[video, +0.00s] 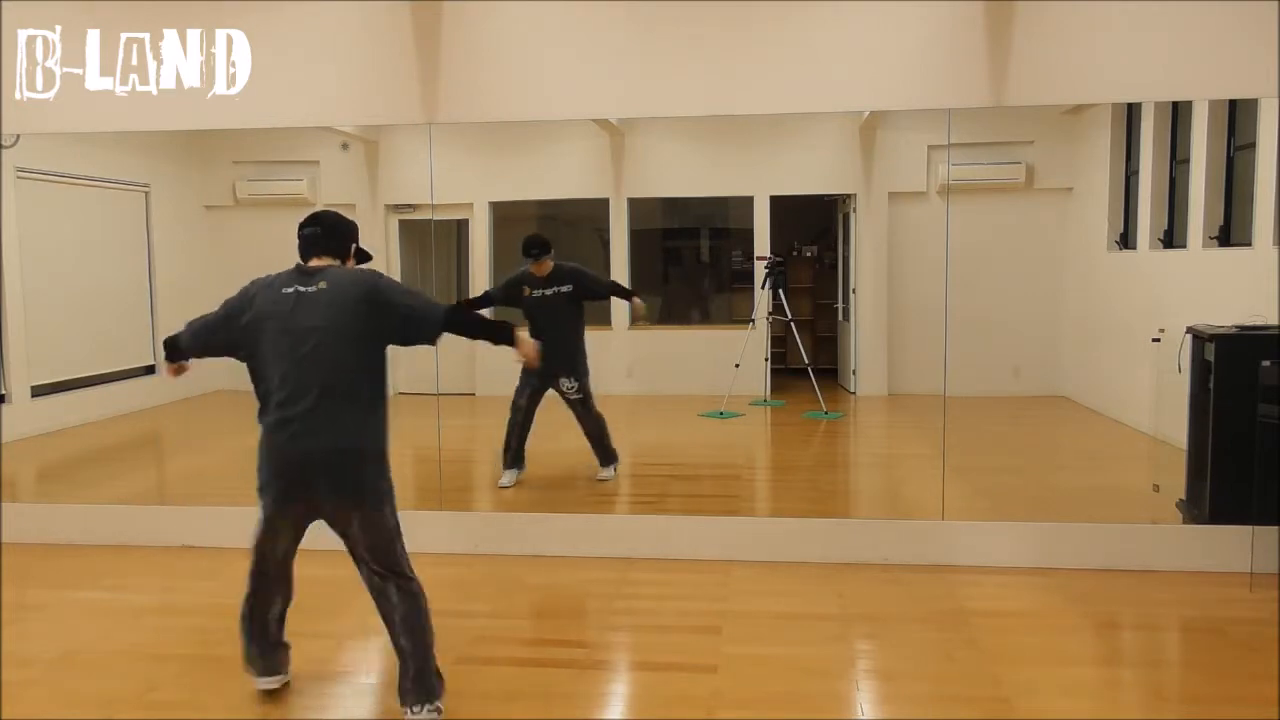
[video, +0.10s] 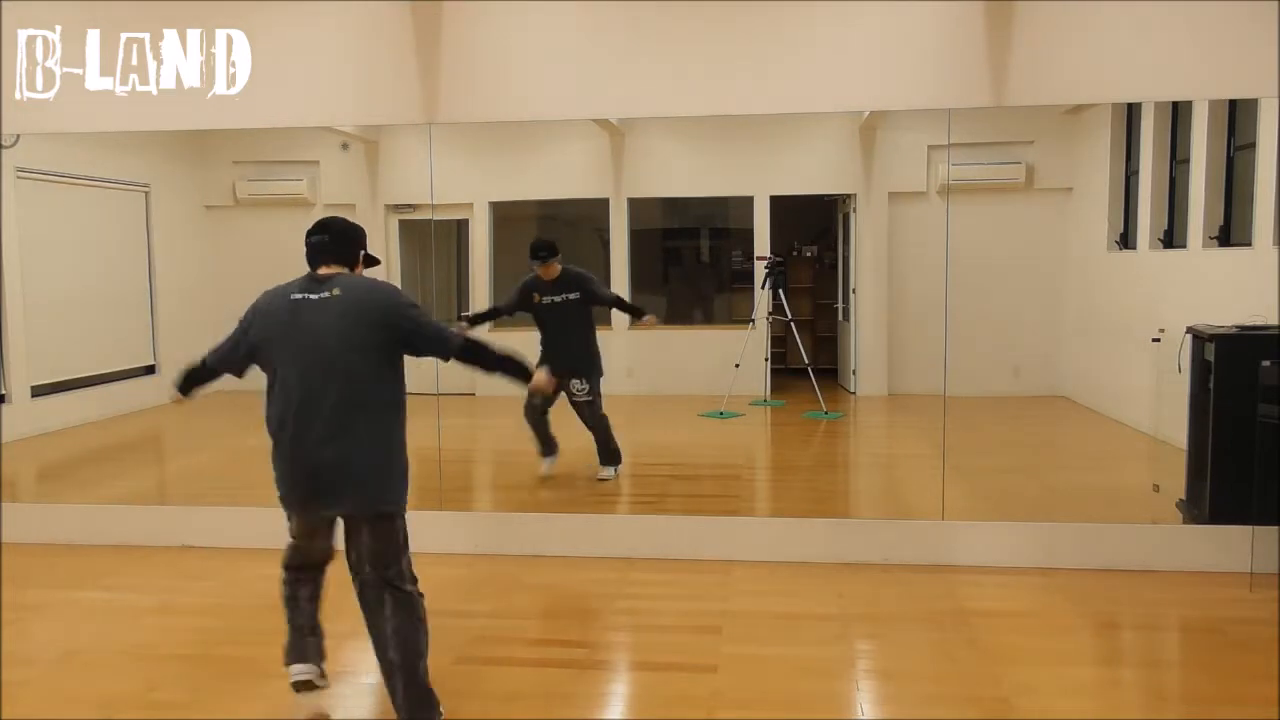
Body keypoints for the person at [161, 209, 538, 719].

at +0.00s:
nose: (355, 262)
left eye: (353, 257)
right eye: (355, 256)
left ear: (300, 253)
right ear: (348, 255)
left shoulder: (260, 295)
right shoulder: (367, 286)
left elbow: (199, 333)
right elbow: (444, 316)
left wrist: (174, 353)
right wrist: (511, 336)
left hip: (284, 465)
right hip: (355, 463)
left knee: (271, 558)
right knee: (391, 576)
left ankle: (266, 665)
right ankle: (422, 698)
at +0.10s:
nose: (366, 268)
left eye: (365, 263)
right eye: (365, 261)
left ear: (309, 259)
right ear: (358, 260)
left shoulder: (271, 306)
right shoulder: (382, 299)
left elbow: (224, 358)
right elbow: (457, 345)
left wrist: (188, 381)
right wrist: (527, 374)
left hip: (302, 469)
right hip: (374, 468)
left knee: (305, 562)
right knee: (388, 581)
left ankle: (304, 660)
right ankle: (418, 709)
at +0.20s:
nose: (371, 271)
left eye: (369, 266)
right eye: (372, 265)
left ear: (315, 260)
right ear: (365, 263)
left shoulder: (277, 309)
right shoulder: (382, 305)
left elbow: (224, 399)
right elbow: (431, 378)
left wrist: (248, 437)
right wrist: (463, 427)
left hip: (308, 484)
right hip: (375, 482)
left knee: (327, 580)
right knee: (395, 588)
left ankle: (322, 690)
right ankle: (410, 701)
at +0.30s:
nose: (374, 270)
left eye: (374, 264)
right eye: (376, 263)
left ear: (319, 256)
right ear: (369, 260)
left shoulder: (275, 310)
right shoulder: (380, 307)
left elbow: (264, 407)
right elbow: (392, 403)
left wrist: (301, 445)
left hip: (304, 489)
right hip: (371, 483)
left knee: (319, 603)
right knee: (406, 588)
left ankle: (328, 711)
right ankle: (404, 693)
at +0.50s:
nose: (375, 266)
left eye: (374, 260)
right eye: (375, 259)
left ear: (321, 252)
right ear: (366, 255)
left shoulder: (278, 290)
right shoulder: (372, 289)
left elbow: (274, 355)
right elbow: (387, 366)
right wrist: (329, 367)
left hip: (275, 472)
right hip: (341, 468)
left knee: (298, 594)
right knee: (368, 564)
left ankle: (319, 710)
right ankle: (340, 665)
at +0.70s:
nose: (363, 286)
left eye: (364, 279)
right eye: (364, 277)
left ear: (314, 260)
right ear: (355, 269)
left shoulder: (268, 293)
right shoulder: (353, 301)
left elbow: (291, 379)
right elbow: (362, 385)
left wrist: (364, 405)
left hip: (261, 476)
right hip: (329, 477)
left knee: (286, 596)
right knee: (336, 585)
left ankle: (316, 706)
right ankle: (326, 676)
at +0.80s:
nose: (351, 295)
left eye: (354, 286)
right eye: (354, 284)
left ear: (306, 265)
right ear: (344, 274)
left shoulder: (256, 301)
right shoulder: (341, 313)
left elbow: (247, 380)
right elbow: (347, 404)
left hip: (251, 476)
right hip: (317, 475)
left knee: (289, 582)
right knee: (340, 579)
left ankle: (302, 668)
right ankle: (325, 670)